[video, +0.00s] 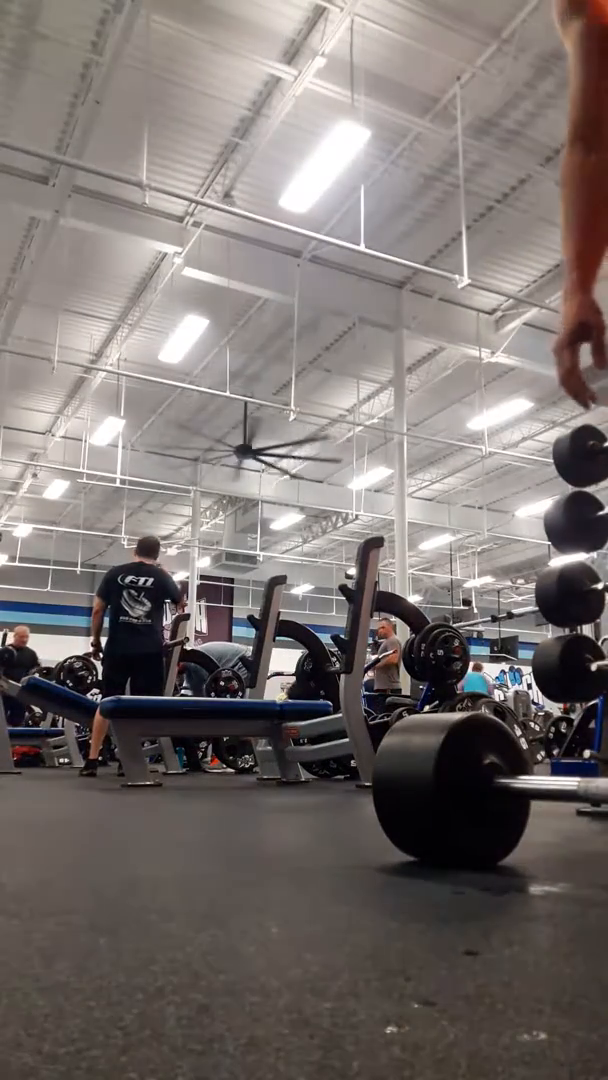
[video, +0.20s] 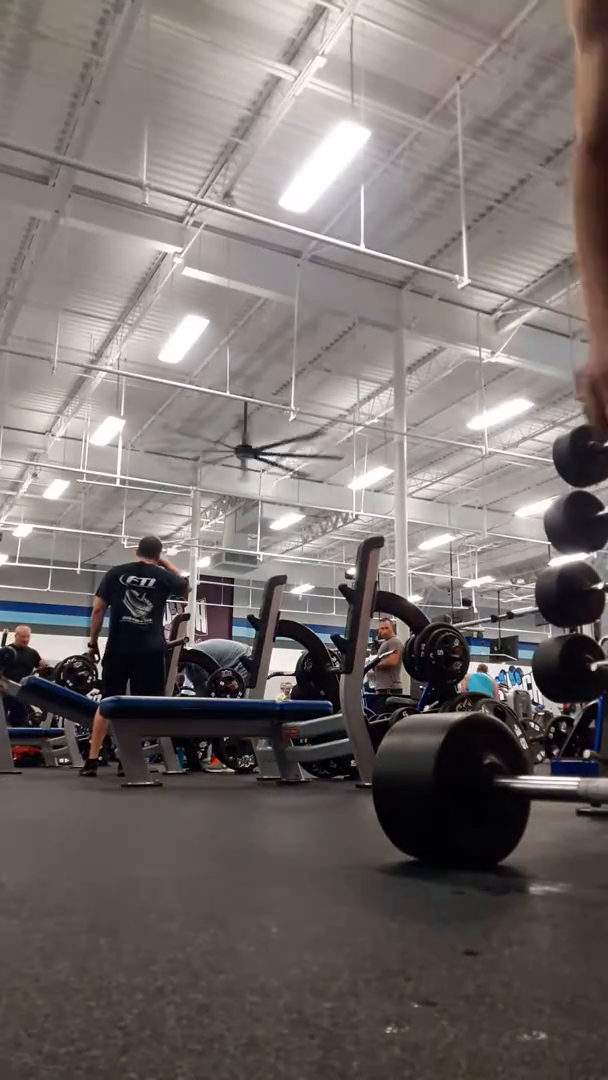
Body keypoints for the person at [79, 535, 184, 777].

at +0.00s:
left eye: (138, 550)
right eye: (155, 556)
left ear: (135, 552)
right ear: (157, 556)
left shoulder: (116, 572)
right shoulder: (161, 577)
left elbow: (98, 610)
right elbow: (180, 602)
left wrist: (95, 640)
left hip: (117, 650)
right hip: (149, 652)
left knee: (107, 703)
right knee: (144, 706)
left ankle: (92, 759)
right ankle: (132, 763)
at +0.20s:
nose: (158, 560)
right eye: (159, 556)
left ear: (137, 551)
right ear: (158, 556)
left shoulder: (116, 572)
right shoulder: (162, 577)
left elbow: (98, 609)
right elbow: (185, 587)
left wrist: (92, 641)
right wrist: (166, 564)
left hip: (118, 649)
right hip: (150, 651)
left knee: (107, 703)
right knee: (146, 706)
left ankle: (92, 760)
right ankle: (133, 764)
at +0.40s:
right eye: (159, 554)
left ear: (137, 551)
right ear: (158, 556)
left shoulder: (116, 573)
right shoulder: (163, 577)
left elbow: (98, 608)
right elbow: (190, 581)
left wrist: (92, 642)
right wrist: (169, 561)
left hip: (118, 650)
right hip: (150, 652)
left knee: (108, 703)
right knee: (148, 706)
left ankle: (92, 759)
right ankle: (135, 763)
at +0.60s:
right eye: (158, 554)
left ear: (136, 552)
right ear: (158, 556)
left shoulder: (116, 573)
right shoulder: (163, 576)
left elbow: (98, 609)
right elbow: (193, 581)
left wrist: (94, 642)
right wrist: (171, 559)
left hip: (118, 651)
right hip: (151, 652)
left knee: (108, 703)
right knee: (148, 706)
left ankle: (93, 759)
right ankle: (136, 764)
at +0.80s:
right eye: (158, 554)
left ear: (135, 553)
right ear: (158, 556)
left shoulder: (115, 573)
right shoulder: (162, 576)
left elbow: (97, 610)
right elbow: (194, 584)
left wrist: (97, 643)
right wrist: (174, 561)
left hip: (118, 650)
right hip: (150, 651)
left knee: (108, 703)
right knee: (149, 706)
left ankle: (93, 758)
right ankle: (137, 764)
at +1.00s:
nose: (158, 557)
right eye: (158, 554)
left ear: (133, 553)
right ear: (155, 555)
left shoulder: (114, 574)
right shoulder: (161, 578)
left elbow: (98, 612)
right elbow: (189, 596)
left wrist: (99, 645)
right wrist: (180, 577)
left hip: (118, 648)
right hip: (149, 650)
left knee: (109, 702)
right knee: (150, 704)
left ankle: (93, 758)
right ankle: (138, 763)